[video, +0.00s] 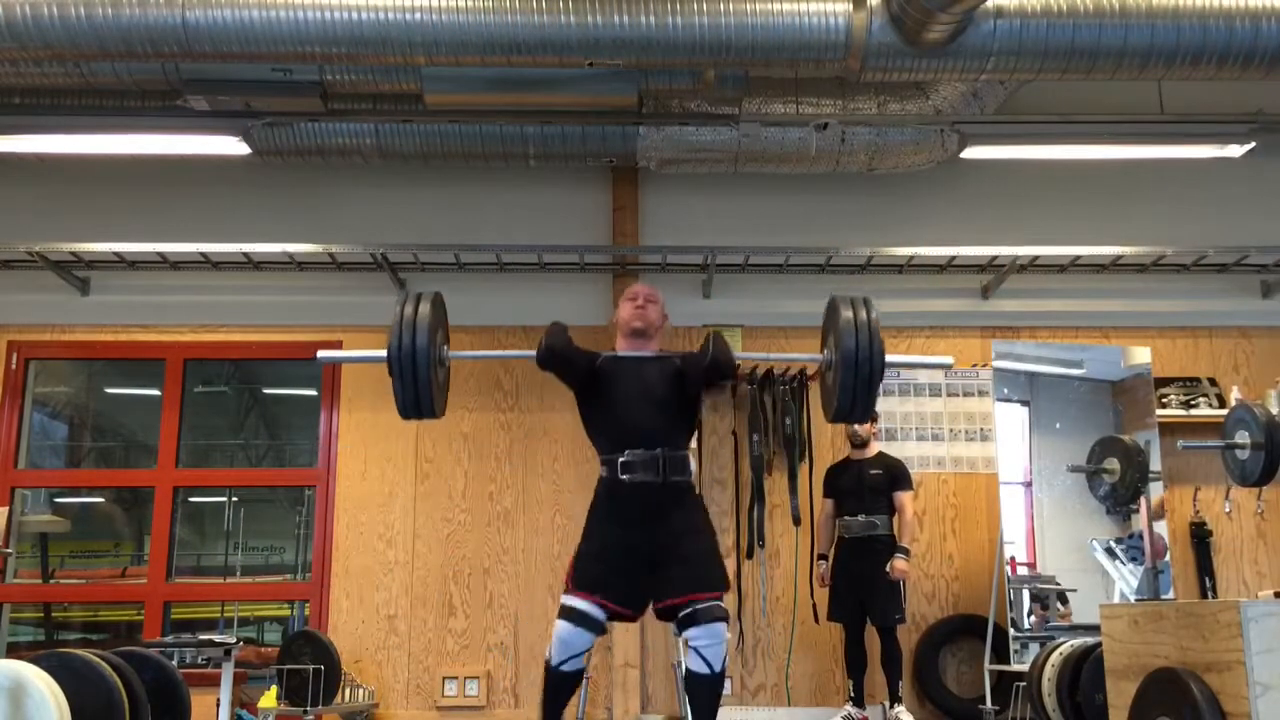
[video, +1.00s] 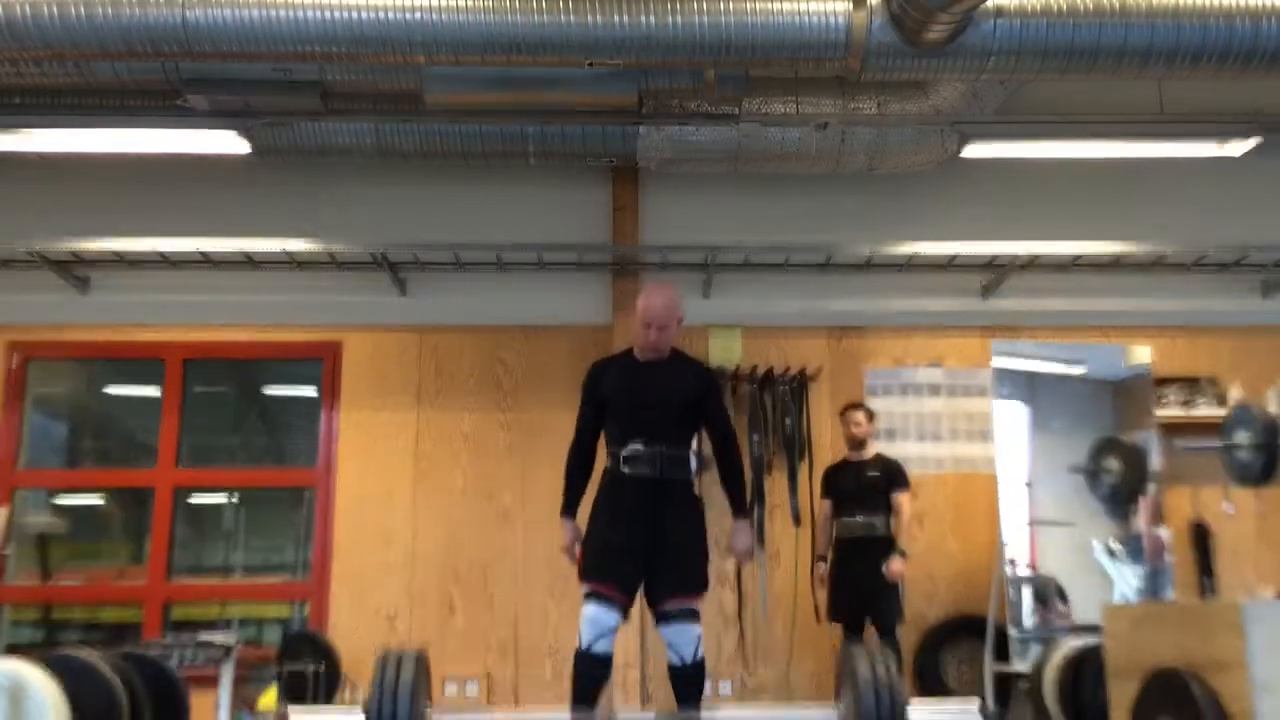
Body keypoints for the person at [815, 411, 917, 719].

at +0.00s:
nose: (855, 428)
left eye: (862, 423)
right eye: (850, 423)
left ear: (875, 427)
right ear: (844, 429)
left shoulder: (893, 468)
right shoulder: (835, 471)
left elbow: (906, 512)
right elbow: (826, 516)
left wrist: (902, 553)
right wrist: (822, 557)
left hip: (882, 557)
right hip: (847, 558)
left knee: (887, 631)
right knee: (852, 632)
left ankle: (896, 704)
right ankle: (856, 705)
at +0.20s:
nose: (854, 429)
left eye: (860, 423)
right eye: (849, 424)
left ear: (873, 427)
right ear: (844, 430)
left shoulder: (892, 467)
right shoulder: (834, 472)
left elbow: (905, 511)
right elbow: (826, 517)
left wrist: (900, 552)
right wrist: (822, 558)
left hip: (882, 560)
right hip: (847, 560)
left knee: (887, 632)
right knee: (852, 632)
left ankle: (896, 703)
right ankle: (856, 705)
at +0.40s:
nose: (853, 428)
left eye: (859, 423)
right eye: (848, 424)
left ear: (872, 427)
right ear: (842, 429)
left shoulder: (891, 467)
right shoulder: (833, 472)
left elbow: (905, 513)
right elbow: (825, 518)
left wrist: (900, 553)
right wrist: (822, 559)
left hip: (881, 558)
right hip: (846, 559)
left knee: (886, 631)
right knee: (852, 632)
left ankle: (895, 704)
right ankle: (856, 705)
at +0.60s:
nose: (853, 429)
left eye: (859, 424)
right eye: (848, 424)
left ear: (871, 428)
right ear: (842, 430)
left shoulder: (891, 467)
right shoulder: (833, 472)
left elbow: (904, 513)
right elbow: (824, 518)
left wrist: (901, 554)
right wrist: (822, 559)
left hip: (881, 559)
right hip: (846, 560)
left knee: (886, 632)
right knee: (851, 632)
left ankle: (896, 704)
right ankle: (856, 705)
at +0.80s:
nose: (854, 431)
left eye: (860, 424)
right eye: (848, 425)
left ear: (872, 428)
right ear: (839, 429)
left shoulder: (889, 469)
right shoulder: (832, 474)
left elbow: (904, 512)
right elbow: (824, 517)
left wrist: (900, 554)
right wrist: (821, 558)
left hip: (880, 562)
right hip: (845, 563)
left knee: (886, 633)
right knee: (851, 634)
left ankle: (896, 703)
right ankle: (857, 705)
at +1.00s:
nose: (853, 430)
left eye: (859, 424)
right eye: (849, 425)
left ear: (871, 427)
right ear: (843, 429)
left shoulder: (889, 469)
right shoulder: (833, 473)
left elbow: (903, 511)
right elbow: (825, 519)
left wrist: (900, 552)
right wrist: (821, 558)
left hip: (880, 556)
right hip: (846, 557)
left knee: (886, 630)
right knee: (851, 631)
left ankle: (893, 697)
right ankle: (853, 698)